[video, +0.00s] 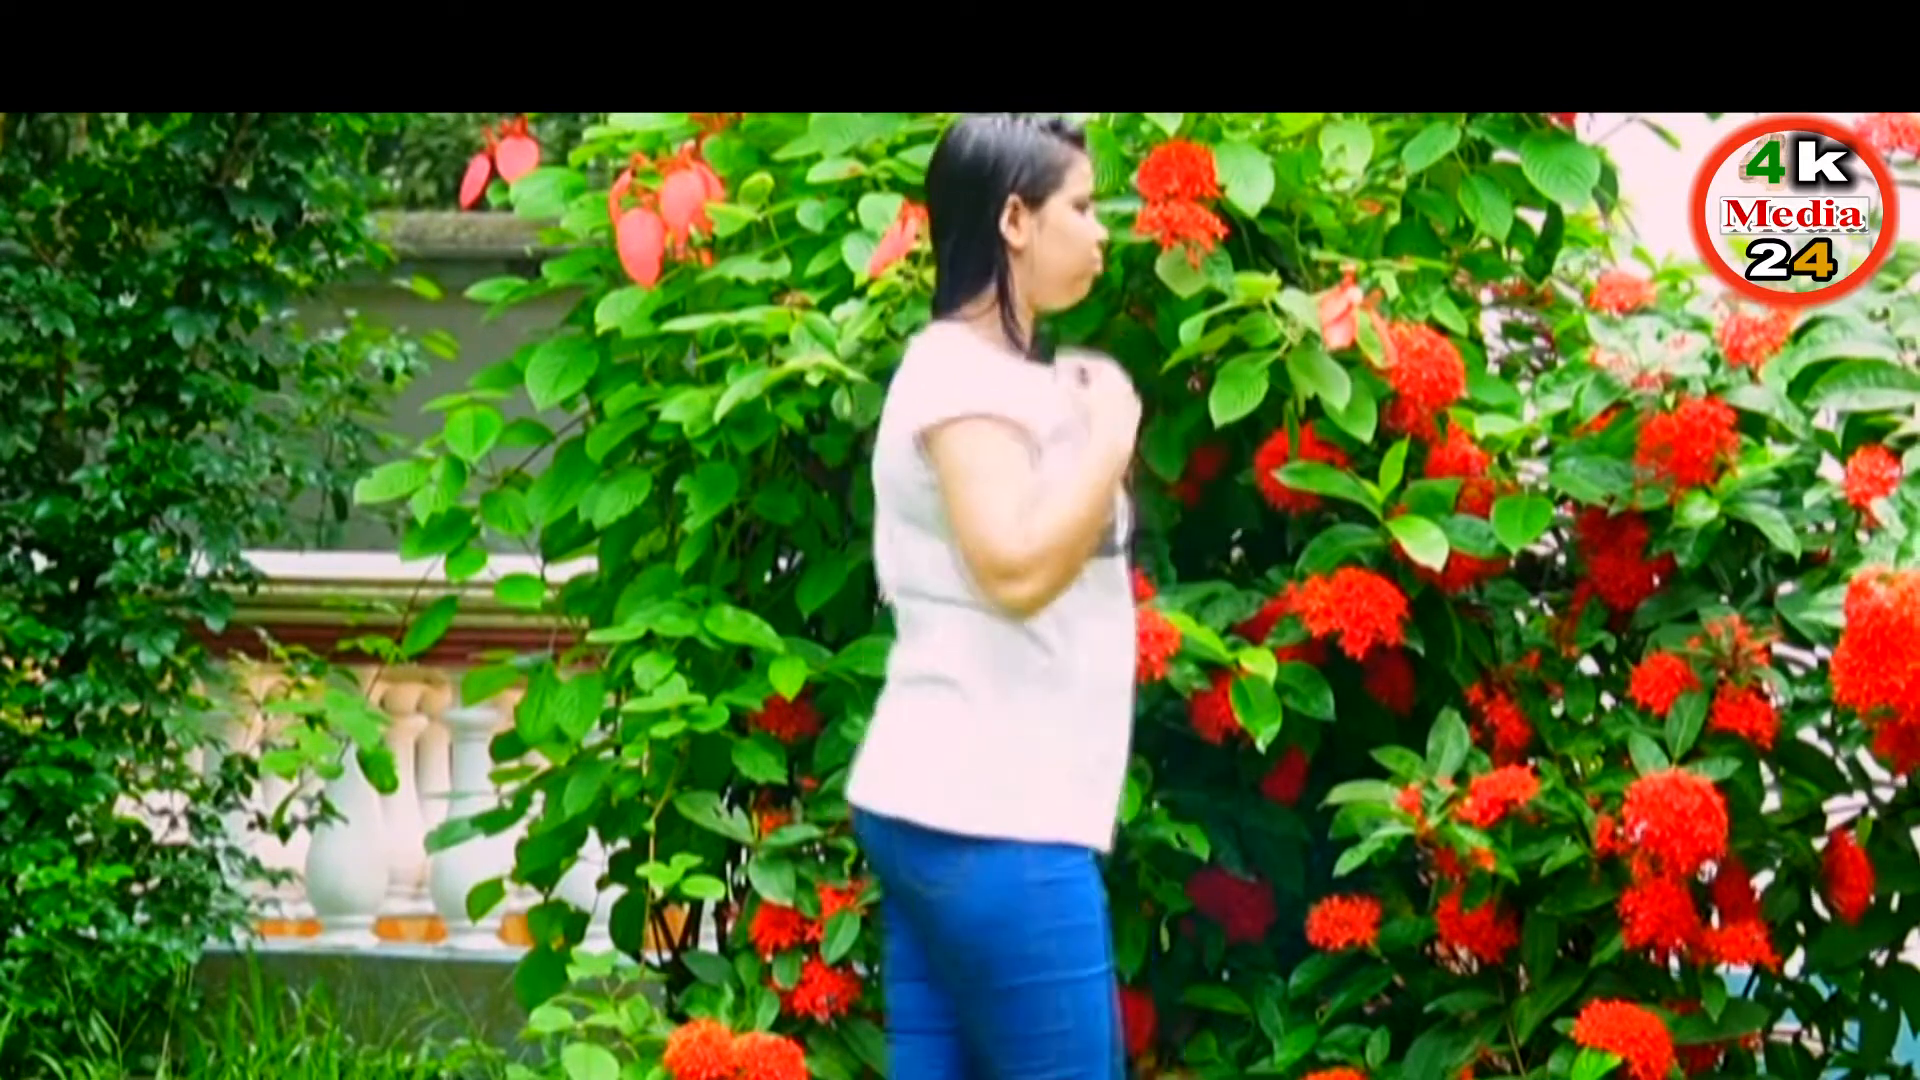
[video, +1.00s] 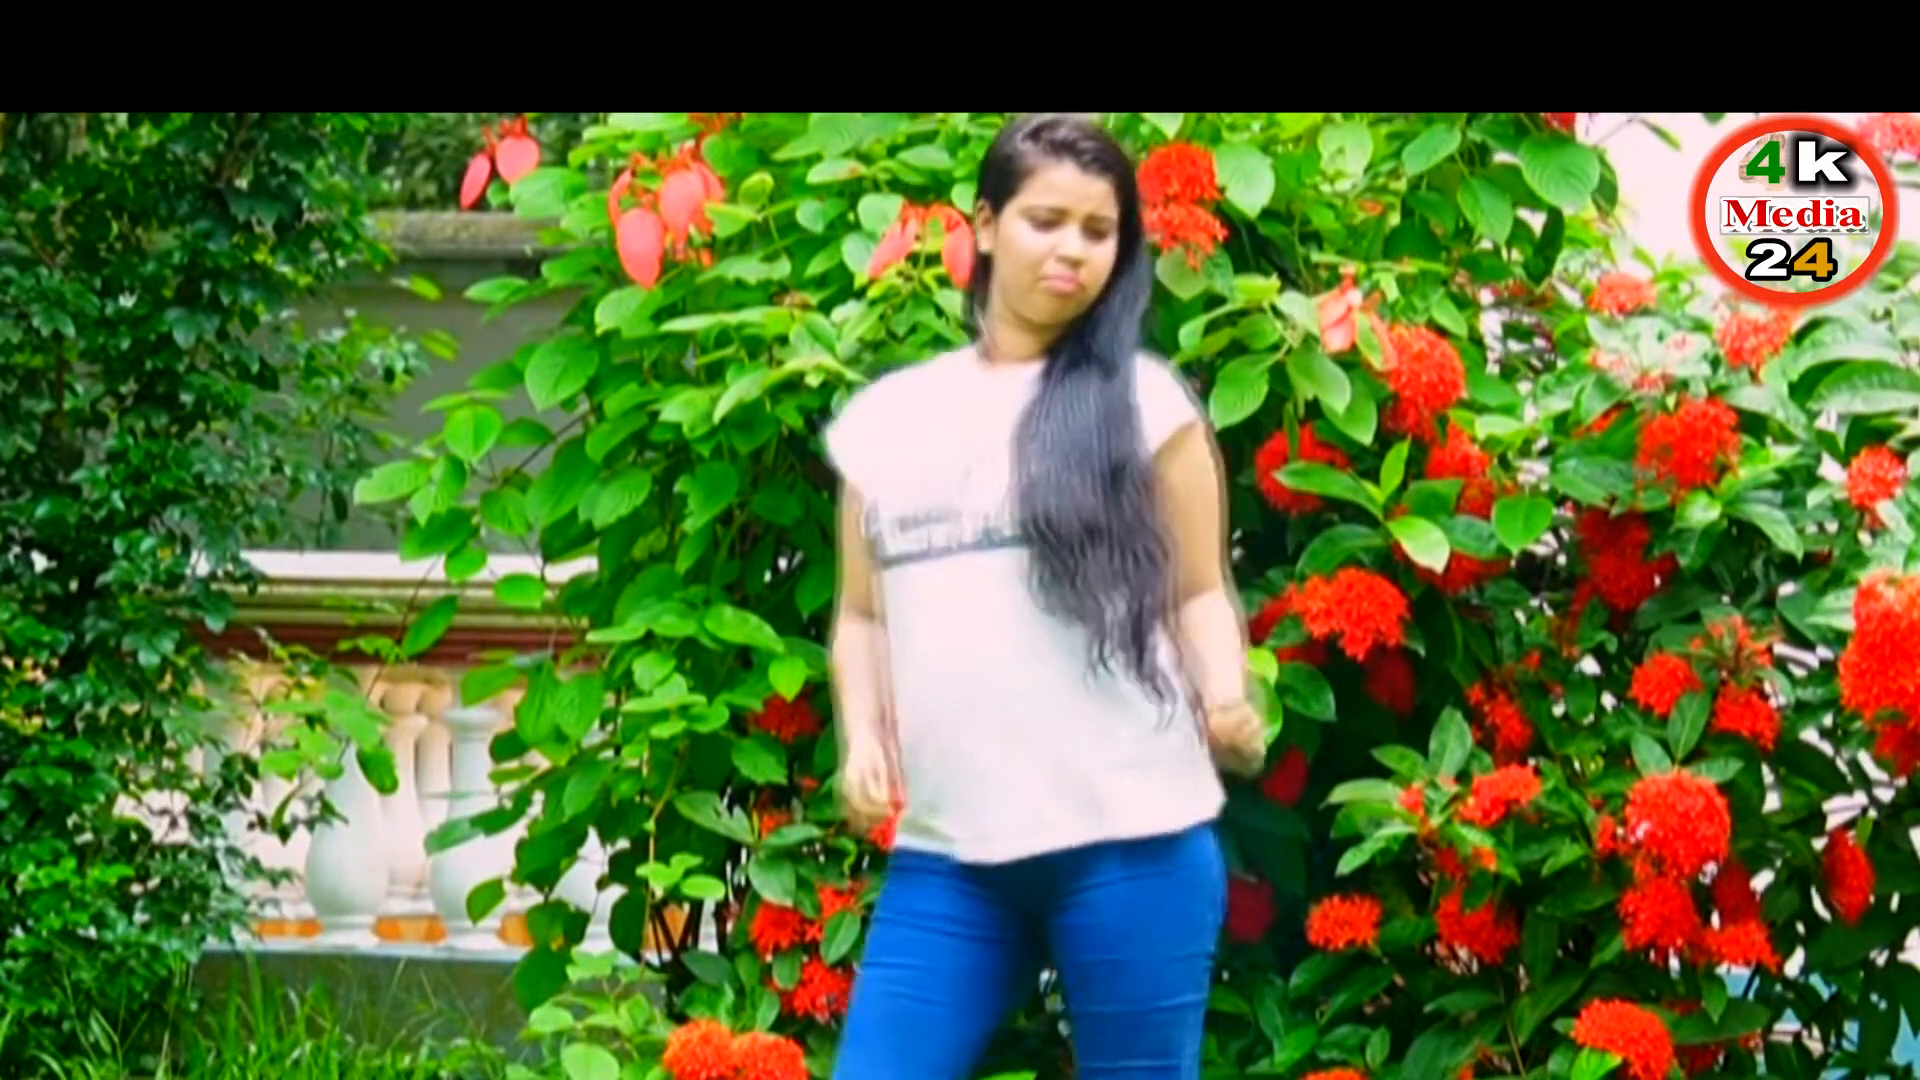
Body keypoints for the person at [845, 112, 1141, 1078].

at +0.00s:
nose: (1101, 233)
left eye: (1095, 208)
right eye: (1084, 208)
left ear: (1024, 229)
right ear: (1017, 224)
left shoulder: (999, 366)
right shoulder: (958, 365)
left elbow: (1018, 567)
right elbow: (1014, 570)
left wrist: (1092, 433)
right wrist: (1112, 431)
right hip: (992, 813)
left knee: (934, 1066)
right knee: (1070, 1065)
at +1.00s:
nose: (1069, 252)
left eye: (1097, 231)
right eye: (1045, 221)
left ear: (1122, 252)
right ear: (987, 226)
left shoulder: (1144, 399)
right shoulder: (885, 419)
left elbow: (1199, 587)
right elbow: (861, 611)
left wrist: (1226, 698)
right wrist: (865, 734)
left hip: (1137, 847)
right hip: (946, 854)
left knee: (1139, 1071)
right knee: (873, 1070)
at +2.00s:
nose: (984, 258)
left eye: (1015, 239)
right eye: (962, 227)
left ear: (1046, 266)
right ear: (915, 238)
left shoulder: (1074, 449)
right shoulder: (803, 413)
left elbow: (1097, 646)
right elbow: (722, 588)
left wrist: (1171, 722)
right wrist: (613, 650)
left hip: (977, 870)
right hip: (789, 860)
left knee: (1008, 1071)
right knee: (772, 1073)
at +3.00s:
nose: (1102, 281)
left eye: (1134, 260)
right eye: (1080, 250)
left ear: (1175, 287)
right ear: (1045, 262)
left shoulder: (1191, 433)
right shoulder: (1014, 440)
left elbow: (1265, 631)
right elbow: (990, 647)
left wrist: (1237, 739)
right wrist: (836, 679)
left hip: (1112, 873)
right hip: (964, 870)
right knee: (848, 1071)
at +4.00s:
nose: (1029, 246)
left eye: (1056, 229)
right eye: (1008, 212)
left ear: (1074, 252)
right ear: (943, 212)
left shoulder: (1114, 402)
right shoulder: (837, 397)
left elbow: (1177, 588)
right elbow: (704, 559)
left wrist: (1253, 497)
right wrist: (557, 460)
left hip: (1037, 840)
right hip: (847, 827)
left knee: (1054, 1071)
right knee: (825, 1074)